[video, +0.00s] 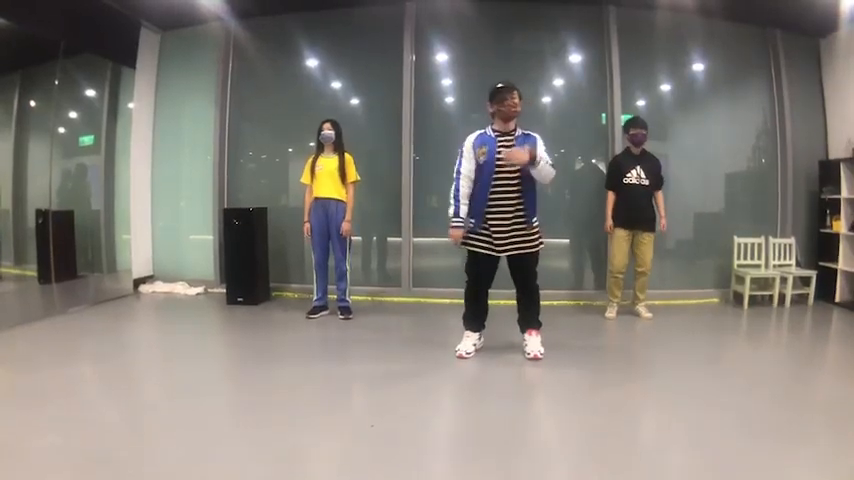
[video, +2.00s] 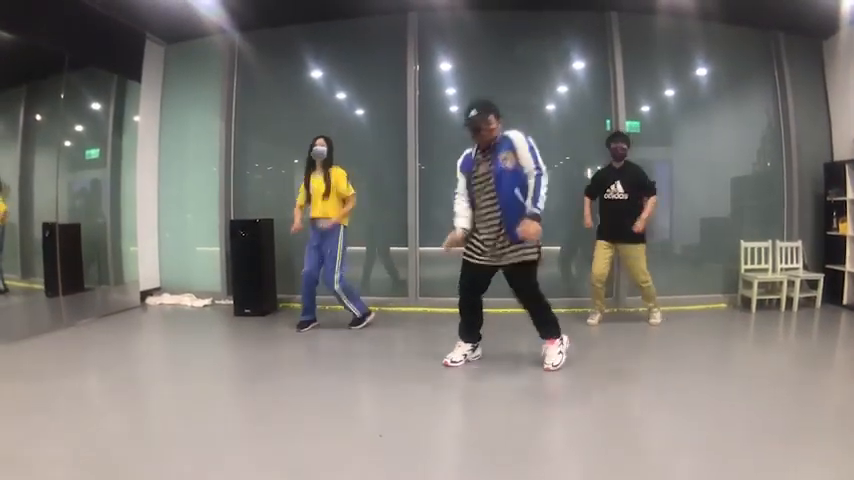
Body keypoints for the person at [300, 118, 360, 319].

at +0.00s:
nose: (326, 133)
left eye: (330, 130)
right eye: (323, 130)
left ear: (337, 134)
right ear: (319, 135)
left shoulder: (345, 158)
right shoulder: (313, 160)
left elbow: (350, 190)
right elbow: (309, 191)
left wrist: (348, 219)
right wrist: (306, 219)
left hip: (338, 204)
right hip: (318, 204)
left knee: (340, 257)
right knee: (319, 257)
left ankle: (343, 302)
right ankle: (320, 301)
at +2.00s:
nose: (318, 149)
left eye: (323, 146)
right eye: (315, 145)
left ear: (329, 151)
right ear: (311, 151)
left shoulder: (337, 173)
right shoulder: (309, 177)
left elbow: (351, 200)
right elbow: (300, 204)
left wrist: (336, 220)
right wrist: (298, 221)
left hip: (334, 226)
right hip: (316, 226)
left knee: (332, 277)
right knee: (309, 273)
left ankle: (362, 312)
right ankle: (308, 317)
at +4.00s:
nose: (329, 137)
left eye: (333, 135)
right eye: (326, 135)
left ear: (339, 142)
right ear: (321, 142)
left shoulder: (345, 165)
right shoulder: (315, 168)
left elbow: (356, 195)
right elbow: (310, 195)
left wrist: (342, 223)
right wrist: (308, 222)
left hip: (339, 213)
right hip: (319, 213)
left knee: (344, 267)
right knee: (313, 266)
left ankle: (356, 310)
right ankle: (310, 311)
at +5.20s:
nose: (336, 149)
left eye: (340, 146)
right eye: (333, 146)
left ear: (347, 151)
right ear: (328, 150)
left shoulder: (350, 178)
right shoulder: (316, 171)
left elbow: (357, 206)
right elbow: (304, 194)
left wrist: (348, 221)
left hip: (335, 223)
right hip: (314, 222)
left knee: (342, 274)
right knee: (299, 269)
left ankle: (352, 314)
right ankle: (298, 313)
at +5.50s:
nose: (308, 142)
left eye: (313, 139)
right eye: (305, 139)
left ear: (319, 146)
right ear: (300, 146)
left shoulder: (324, 169)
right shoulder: (292, 170)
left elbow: (333, 197)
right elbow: (282, 195)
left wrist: (325, 222)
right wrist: (272, 213)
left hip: (316, 217)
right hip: (296, 217)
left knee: (325, 269)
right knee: (295, 269)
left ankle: (340, 313)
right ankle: (296, 315)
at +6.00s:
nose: (299, 146)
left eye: (303, 142)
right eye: (296, 143)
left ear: (310, 145)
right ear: (292, 147)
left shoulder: (321, 167)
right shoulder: (287, 171)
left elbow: (329, 196)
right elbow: (283, 200)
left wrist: (319, 221)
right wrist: (280, 223)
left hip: (313, 216)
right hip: (291, 215)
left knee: (318, 266)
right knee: (293, 268)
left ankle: (330, 313)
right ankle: (295, 314)